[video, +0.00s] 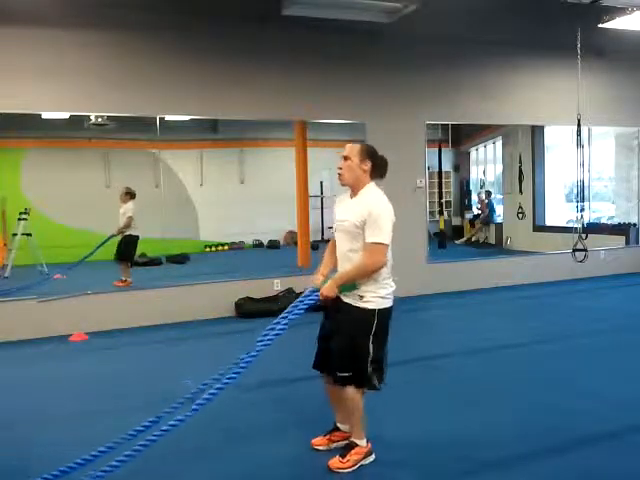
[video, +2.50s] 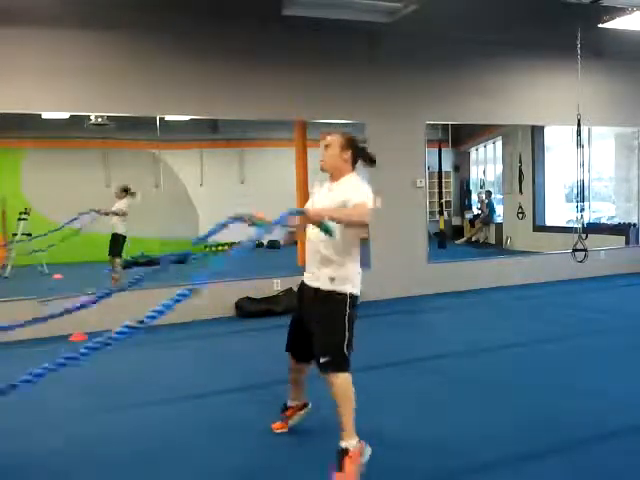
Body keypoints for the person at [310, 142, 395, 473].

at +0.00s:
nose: (339, 164)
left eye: (346, 159)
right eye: (340, 159)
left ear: (366, 166)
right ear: (353, 167)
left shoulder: (378, 204)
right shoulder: (343, 201)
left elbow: (375, 260)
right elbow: (337, 242)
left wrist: (336, 282)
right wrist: (323, 270)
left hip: (368, 303)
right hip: (342, 298)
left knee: (350, 378)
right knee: (329, 370)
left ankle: (361, 444)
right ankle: (344, 429)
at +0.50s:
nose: (335, 173)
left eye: (341, 168)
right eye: (336, 168)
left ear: (361, 174)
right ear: (353, 175)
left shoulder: (376, 202)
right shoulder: (342, 208)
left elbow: (396, 220)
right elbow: (324, 228)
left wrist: (385, 218)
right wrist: (303, 232)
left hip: (379, 302)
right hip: (348, 298)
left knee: (377, 379)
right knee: (322, 358)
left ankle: (406, 457)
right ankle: (325, 413)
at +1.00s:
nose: (329, 174)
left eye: (337, 169)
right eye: (331, 169)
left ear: (355, 178)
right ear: (347, 179)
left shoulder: (361, 216)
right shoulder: (331, 212)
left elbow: (336, 265)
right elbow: (307, 241)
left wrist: (294, 282)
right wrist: (300, 249)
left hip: (343, 309)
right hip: (320, 302)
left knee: (308, 382)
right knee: (292, 377)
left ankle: (313, 451)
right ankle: (305, 441)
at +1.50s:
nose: (305, 180)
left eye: (311, 176)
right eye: (306, 175)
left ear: (331, 184)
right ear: (320, 185)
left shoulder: (345, 214)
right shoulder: (313, 215)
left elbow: (362, 242)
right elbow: (302, 236)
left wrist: (349, 249)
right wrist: (270, 235)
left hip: (342, 312)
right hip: (313, 306)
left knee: (336, 386)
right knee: (287, 372)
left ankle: (366, 464)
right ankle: (288, 417)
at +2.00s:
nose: (322, 152)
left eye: (330, 146)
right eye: (323, 146)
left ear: (350, 156)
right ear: (327, 156)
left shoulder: (357, 190)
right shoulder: (320, 192)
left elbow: (358, 226)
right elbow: (296, 220)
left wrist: (313, 236)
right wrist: (263, 224)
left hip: (335, 296)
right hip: (306, 290)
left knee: (321, 370)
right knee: (295, 363)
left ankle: (316, 441)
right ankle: (295, 429)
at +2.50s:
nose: (321, 155)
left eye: (327, 148)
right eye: (322, 149)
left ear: (347, 154)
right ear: (332, 156)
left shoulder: (357, 188)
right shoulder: (321, 189)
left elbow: (365, 216)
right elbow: (307, 226)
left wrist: (322, 215)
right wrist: (273, 222)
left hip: (339, 289)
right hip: (311, 284)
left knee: (335, 367)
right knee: (298, 355)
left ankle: (350, 443)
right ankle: (296, 403)